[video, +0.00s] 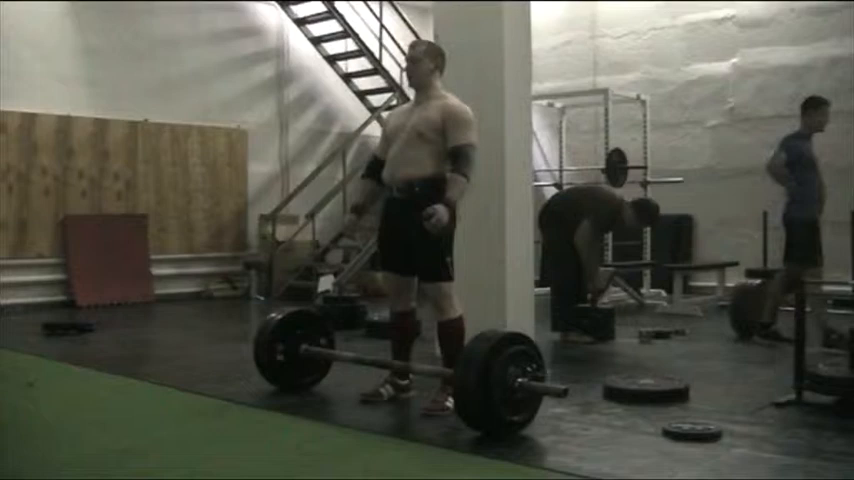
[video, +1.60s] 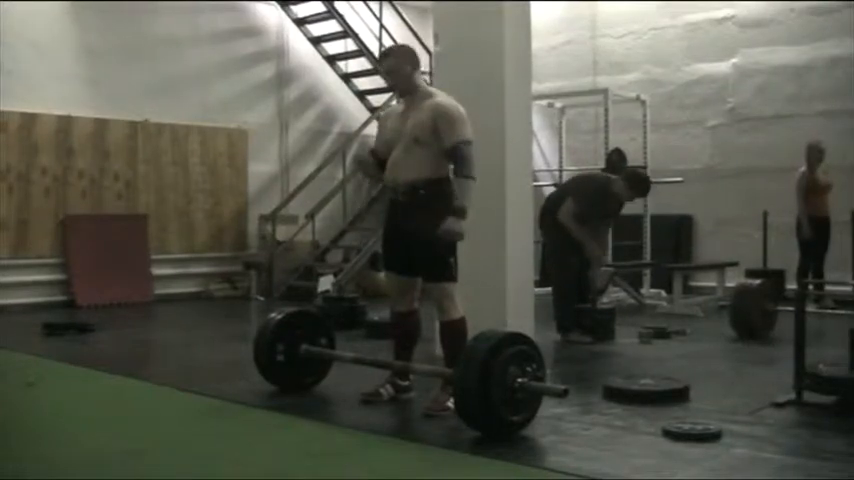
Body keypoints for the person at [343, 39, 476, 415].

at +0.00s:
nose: (407, 65)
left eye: (415, 59)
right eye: (406, 60)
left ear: (435, 65)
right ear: (411, 67)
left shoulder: (453, 110)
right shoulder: (395, 116)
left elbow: (463, 163)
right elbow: (377, 166)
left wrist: (448, 204)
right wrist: (359, 205)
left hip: (432, 200)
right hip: (396, 203)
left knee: (440, 294)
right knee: (398, 293)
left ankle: (451, 386)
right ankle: (399, 379)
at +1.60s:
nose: (388, 80)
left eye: (393, 73)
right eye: (385, 75)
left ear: (413, 68)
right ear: (385, 75)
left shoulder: (443, 109)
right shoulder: (389, 116)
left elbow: (465, 164)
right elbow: (380, 167)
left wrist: (459, 214)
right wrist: (364, 159)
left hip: (435, 199)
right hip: (399, 202)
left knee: (443, 294)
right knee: (401, 293)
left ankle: (453, 386)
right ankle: (400, 379)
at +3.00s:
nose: (391, 85)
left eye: (395, 77)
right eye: (387, 79)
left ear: (415, 70)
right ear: (388, 78)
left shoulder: (446, 108)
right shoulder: (393, 113)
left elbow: (465, 164)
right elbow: (375, 149)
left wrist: (445, 208)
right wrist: (365, 158)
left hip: (438, 202)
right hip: (402, 203)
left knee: (444, 296)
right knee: (401, 293)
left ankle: (453, 386)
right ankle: (400, 379)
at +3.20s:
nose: (384, 92)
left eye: (387, 83)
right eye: (379, 86)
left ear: (406, 74)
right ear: (379, 84)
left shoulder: (442, 110)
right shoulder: (388, 118)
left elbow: (466, 162)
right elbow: (371, 163)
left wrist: (461, 214)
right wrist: (355, 201)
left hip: (439, 201)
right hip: (402, 203)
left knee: (442, 294)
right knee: (394, 290)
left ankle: (453, 385)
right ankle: (398, 378)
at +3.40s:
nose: (360, 102)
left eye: (364, 93)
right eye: (356, 96)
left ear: (382, 86)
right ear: (359, 96)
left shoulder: (430, 116)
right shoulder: (372, 134)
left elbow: (458, 167)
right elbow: (362, 190)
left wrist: (459, 215)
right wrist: (354, 239)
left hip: (437, 206)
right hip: (400, 210)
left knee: (439, 295)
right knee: (394, 292)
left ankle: (451, 385)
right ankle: (398, 379)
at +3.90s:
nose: (343, 220)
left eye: (345, 212)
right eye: (340, 214)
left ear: (361, 204)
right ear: (343, 211)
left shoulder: (411, 226)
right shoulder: (357, 229)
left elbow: (432, 286)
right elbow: (354, 279)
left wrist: (440, 331)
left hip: (449, 270)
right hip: (402, 273)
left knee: (416, 327)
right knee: (371, 320)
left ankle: (442, 387)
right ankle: (397, 381)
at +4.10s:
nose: (352, 225)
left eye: (356, 217)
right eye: (347, 218)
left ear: (371, 208)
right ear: (344, 215)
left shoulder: (418, 238)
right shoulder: (355, 241)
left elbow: (437, 304)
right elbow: (346, 294)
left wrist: (440, 354)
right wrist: (339, 344)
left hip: (446, 280)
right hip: (400, 283)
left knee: (402, 322)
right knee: (361, 319)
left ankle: (441, 387)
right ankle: (396, 380)